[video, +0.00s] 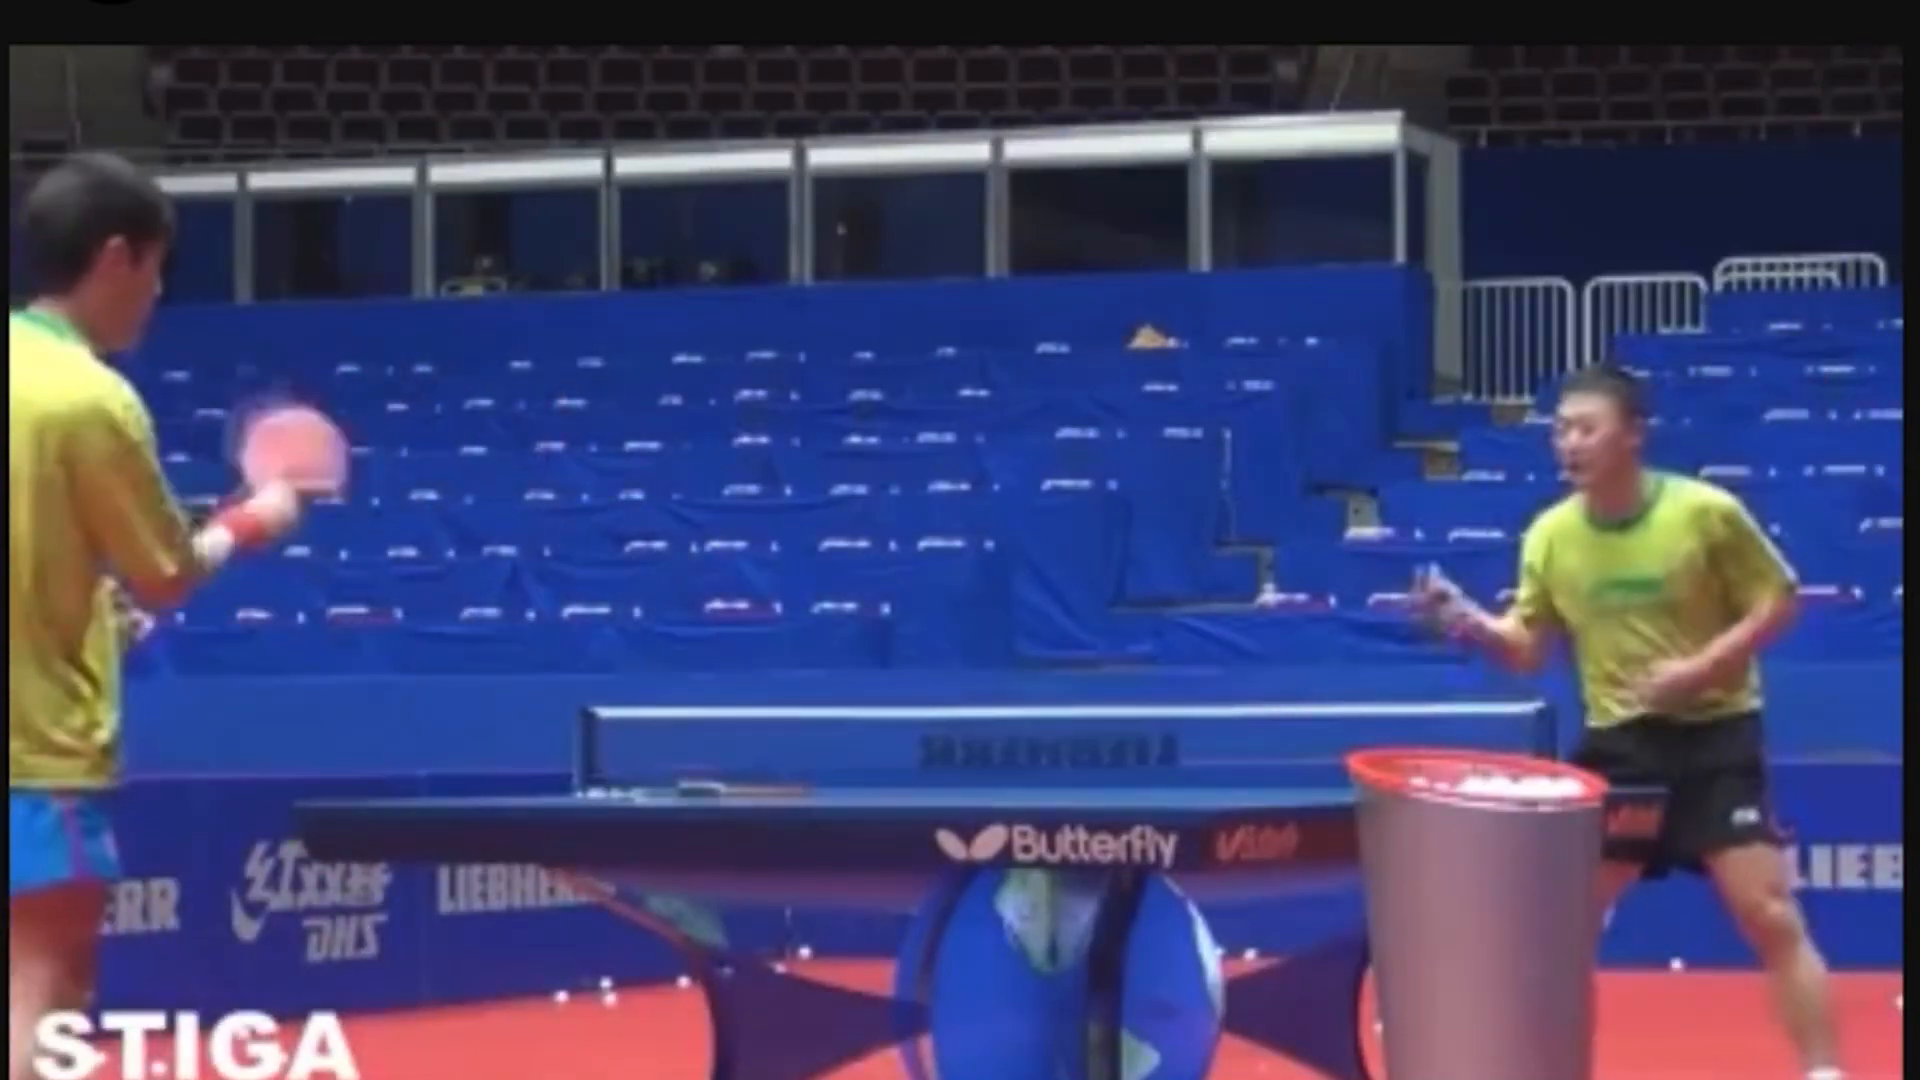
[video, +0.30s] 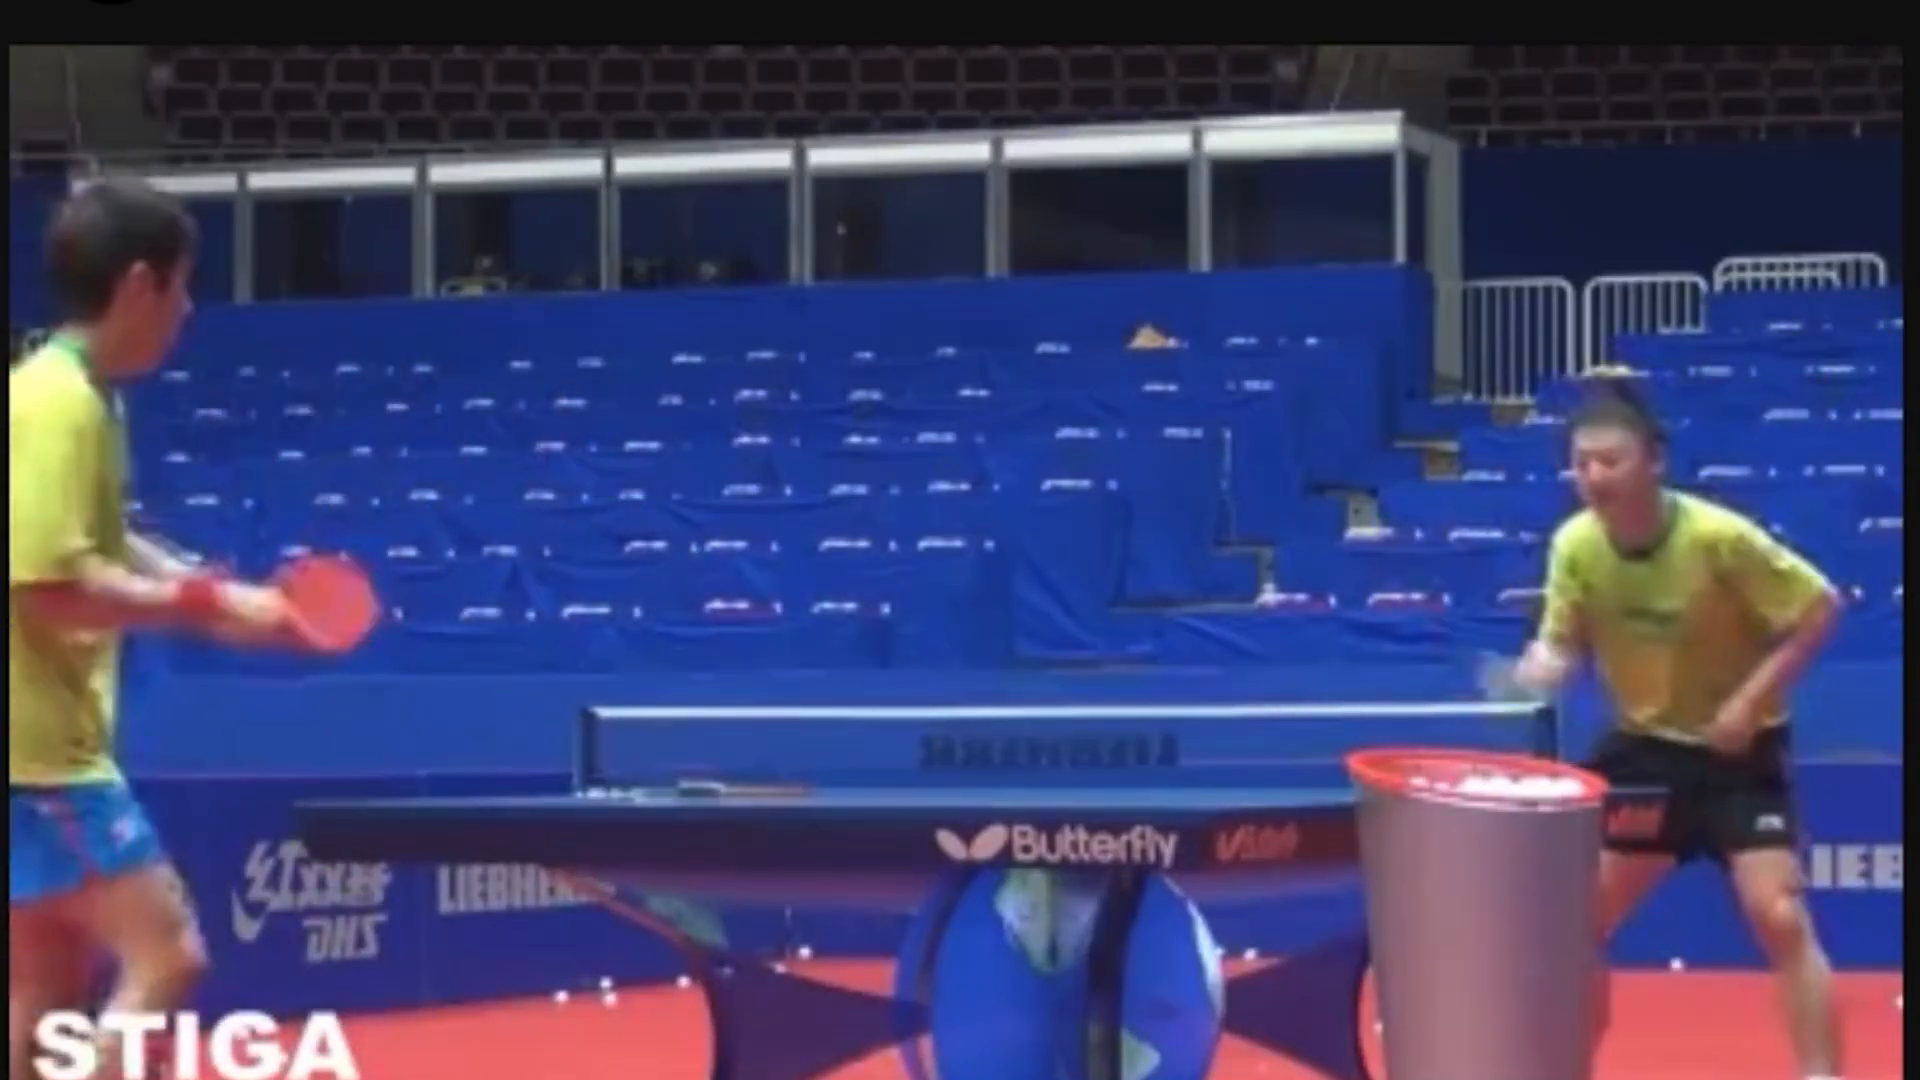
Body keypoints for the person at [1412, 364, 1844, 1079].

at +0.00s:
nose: (1568, 444)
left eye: (1585, 428)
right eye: (1560, 429)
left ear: (1633, 433)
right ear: (1555, 440)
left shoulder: (1706, 514)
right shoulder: (1548, 534)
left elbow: (1779, 598)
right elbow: (1526, 649)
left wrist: (1704, 666)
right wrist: (1469, 620)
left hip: (1714, 740)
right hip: (1615, 747)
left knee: (1770, 917)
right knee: (1562, 923)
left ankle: (1824, 1068)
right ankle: (1542, 1069)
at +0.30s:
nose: (1591, 478)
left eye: (1608, 460)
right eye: (1581, 463)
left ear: (1652, 459)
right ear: (1572, 467)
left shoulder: (1715, 536)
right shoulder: (1575, 544)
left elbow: (1820, 607)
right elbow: (1561, 640)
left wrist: (1749, 700)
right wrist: (1539, 666)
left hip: (1736, 750)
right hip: (1640, 751)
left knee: (1780, 919)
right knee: (1573, 918)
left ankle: (1820, 1070)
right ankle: (1561, 1067)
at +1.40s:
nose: (1654, 485)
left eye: (1665, 464)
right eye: (1638, 471)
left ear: (1702, 455)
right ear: (1625, 478)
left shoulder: (1781, 505)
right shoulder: (1627, 546)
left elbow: (1870, 566)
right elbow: (1650, 645)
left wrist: (1812, 637)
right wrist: (1642, 654)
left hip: (1806, 748)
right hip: (1709, 757)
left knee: (1813, 918)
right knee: (1660, 937)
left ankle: (1852, 1071)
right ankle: (1621, 1066)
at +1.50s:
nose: (1693, 456)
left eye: (1705, 436)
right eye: (1679, 441)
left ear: (1742, 425)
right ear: (1668, 444)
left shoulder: (1805, 470)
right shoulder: (1669, 516)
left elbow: (1876, 546)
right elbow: (1700, 586)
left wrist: (1845, 608)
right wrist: (1726, 649)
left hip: (1826, 715)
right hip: (1731, 720)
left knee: (1831, 913)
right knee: (1699, 923)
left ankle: (1857, 1068)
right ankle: (1676, 1062)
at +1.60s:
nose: (1730, 428)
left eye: (1744, 409)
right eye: (1714, 414)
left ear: (1780, 402)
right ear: (1701, 420)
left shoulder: (1833, 456)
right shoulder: (1700, 496)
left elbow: (1887, 527)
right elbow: (1761, 571)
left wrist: (1892, 581)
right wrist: (1824, 611)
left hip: (1831, 709)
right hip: (1735, 715)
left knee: (1837, 914)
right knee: (1738, 912)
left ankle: (1859, 1071)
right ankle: (1761, 1051)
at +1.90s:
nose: (1749, 410)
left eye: (1766, 390)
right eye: (1737, 393)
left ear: (1810, 390)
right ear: (1726, 398)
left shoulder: (1872, 466)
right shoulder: (1709, 484)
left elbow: (1897, 565)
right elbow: (1685, 609)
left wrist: (1879, 634)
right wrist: (1770, 655)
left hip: (1849, 712)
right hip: (1746, 716)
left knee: (1847, 929)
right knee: (1743, 921)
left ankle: (1860, 1072)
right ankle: (1737, 1072)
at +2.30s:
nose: (1712, 399)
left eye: (1727, 380)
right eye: (1703, 383)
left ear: (1778, 379)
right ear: (1699, 392)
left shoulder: (1863, 458)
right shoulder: (1694, 481)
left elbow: (1902, 565)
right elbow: (1667, 583)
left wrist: (1860, 598)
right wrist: (1672, 632)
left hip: (1851, 720)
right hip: (1745, 717)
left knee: (1883, 918)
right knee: (1729, 922)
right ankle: (1725, 1073)